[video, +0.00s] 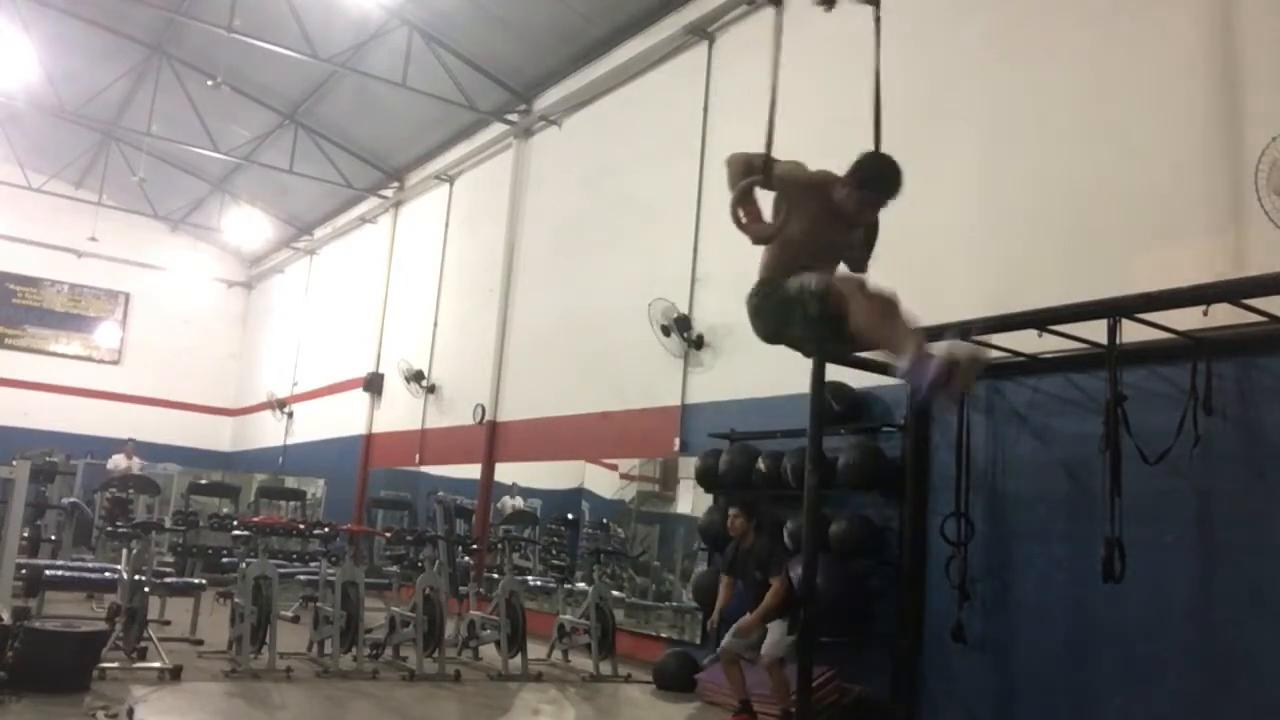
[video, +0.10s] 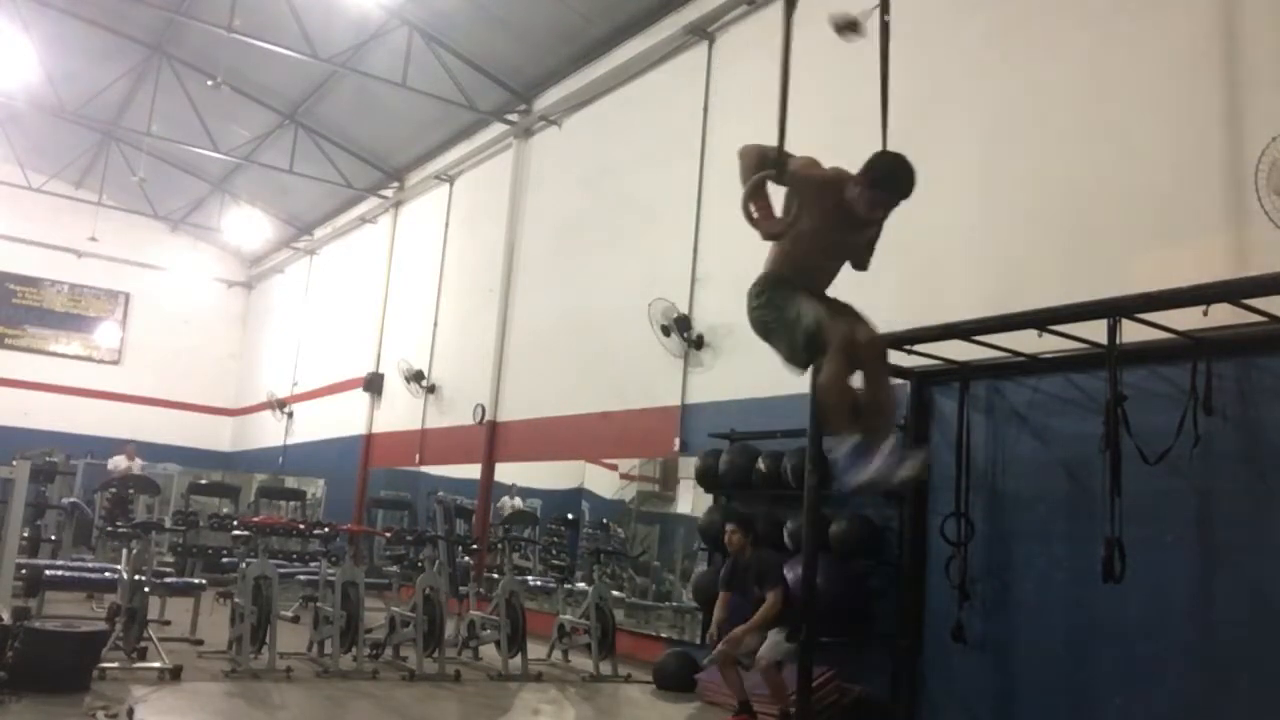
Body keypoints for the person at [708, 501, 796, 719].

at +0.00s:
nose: (730, 523)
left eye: (736, 518)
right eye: (729, 518)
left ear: (750, 521)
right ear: (728, 521)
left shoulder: (768, 545)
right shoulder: (733, 549)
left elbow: (780, 586)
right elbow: (726, 583)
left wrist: (755, 619)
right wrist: (716, 612)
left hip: (781, 611)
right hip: (754, 610)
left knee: (770, 659)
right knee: (727, 652)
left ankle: (785, 712)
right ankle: (745, 708)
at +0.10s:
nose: (727, 539)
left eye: (733, 534)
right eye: (726, 534)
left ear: (747, 537)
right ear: (724, 536)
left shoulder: (765, 559)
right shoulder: (731, 564)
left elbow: (775, 601)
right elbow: (723, 599)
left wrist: (743, 631)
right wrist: (714, 624)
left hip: (784, 622)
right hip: (758, 624)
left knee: (764, 663)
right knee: (723, 655)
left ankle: (785, 712)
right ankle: (745, 708)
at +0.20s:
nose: (726, 554)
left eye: (731, 549)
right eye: (724, 549)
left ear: (745, 552)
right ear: (722, 552)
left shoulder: (764, 577)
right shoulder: (729, 579)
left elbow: (768, 619)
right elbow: (721, 610)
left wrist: (731, 641)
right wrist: (711, 637)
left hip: (785, 633)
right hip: (759, 634)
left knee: (760, 666)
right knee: (717, 653)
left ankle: (783, 714)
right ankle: (744, 709)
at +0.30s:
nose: (725, 569)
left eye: (731, 563)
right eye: (724, 563)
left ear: (745, 565)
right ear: (722, 565)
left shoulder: (762, 587)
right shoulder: (732, 590)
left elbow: (764, 631)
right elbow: (719, 624)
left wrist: (726, 648)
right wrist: (710, 647)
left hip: (786, 644)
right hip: (759, 645)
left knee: (757, 668)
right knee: (715, 657)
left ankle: (783, 714)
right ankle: (744, 709)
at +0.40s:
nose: (725, 580)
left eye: (731, 574)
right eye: (723, 575)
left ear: (746, 576)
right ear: (720, 576)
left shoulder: (760, 599)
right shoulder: (734, 602)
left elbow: (763, 642)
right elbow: (721, 633)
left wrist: (721, 656)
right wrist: (712, 653)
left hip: (784, 655)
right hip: (756, 655)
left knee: (756, 671)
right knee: (713, 661)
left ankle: (782, 713)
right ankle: (744, 709)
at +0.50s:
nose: (726, 588)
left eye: (732, 582)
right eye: (724, 582)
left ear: (746, 583)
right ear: (722, 584)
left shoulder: (762, 607)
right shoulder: (732, 608)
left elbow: (763, 649)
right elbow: (720, 634)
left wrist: (723, 663)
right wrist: (712, 652)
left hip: (785, 659)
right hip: (753, 658)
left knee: (758, 671)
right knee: (715, 663)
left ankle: (782, 713)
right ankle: (744, 709)